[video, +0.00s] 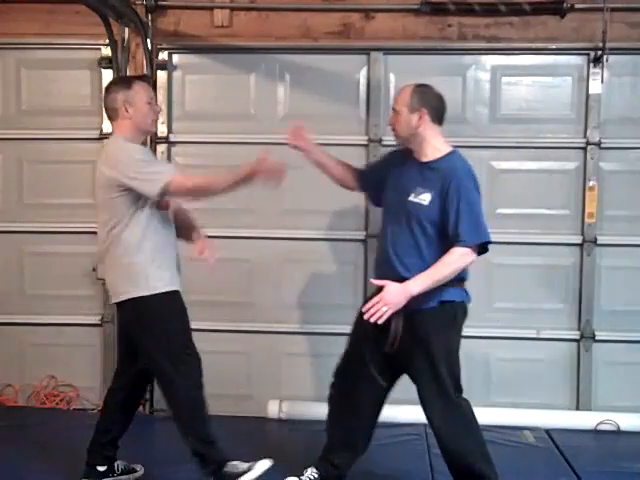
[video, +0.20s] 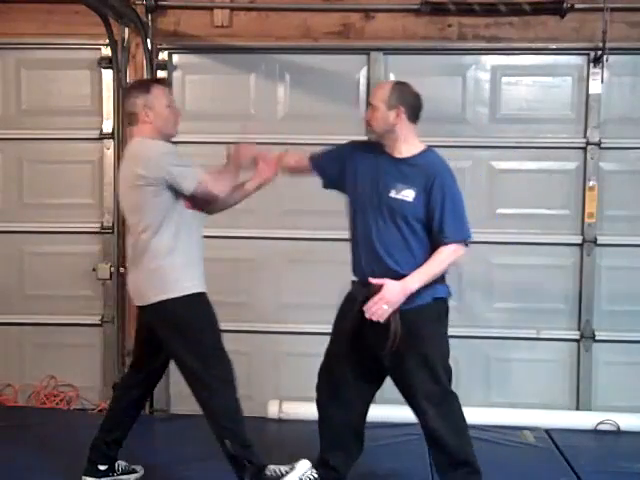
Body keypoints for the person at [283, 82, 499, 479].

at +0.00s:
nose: (389, 120)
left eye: (396, 112)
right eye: (391, 112)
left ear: (421, 118)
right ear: (421, 118)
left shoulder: (456, 172)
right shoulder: (397, 162)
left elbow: (468, 249)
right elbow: (357, 179)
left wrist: (406, 289)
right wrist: (312, 151)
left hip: (434, 307)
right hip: (386, 301)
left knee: (443, 404)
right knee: (352, 389)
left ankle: (480, 479)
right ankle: (329, 470)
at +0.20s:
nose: (365, 115)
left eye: (372, 108)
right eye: (367, 107)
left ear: (398, 115)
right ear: (389, 115)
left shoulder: (433, 171)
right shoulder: (356, 157)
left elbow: (456, 244)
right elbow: (302, 162)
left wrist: (404, 286)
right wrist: (261, 157)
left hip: (418, 305)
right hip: (365, 299)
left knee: (431, 400)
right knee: (338, 388)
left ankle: (461, 475)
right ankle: (332, 471)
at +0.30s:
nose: (350, 113)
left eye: (358, 106)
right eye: (352, 105)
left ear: (383, 115)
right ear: (380, 115)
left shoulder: (421, 167)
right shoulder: (344, 164)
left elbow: (447, 236)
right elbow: (296, 195)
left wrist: (409, 290)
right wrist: (254, 200)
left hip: (411, 302)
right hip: (358, 300)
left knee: (431, 404)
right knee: (335, 388)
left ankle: (457, 474)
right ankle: (330, 470)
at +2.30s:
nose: (364, 120)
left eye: (374, 115)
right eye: (365, 112)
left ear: (401, 123)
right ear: (367, 113)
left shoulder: (427, 171)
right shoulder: (343, 159)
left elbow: (442, 245)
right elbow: (285, 157)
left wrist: (410, 305)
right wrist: (236, 150)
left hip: (426, 301)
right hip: (368, 300)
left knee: (442, 404)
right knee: (341, 387)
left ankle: (465, 476)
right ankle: (327, 470)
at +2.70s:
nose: (382, 159)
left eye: (392, 156)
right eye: (383, 151)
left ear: (420, 161)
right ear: (381, 144)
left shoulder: (443, 197)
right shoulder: (359, 180)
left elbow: (464, 251)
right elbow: (291, 187)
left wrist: (462, 308)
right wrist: (232, 188)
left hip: (419, 309)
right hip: (359, 306)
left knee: (442, 404)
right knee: (340, 389)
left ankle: (460, 475)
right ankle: (329, 470)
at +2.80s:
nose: (412, 222)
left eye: (422, 216)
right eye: (409, 212)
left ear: (438, 212)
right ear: (400, 202)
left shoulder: (453, 228)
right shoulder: (373, 213)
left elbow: (476, 261)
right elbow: (301, 215)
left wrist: (483, 312)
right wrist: (239, 208)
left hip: (421, 305)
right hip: (361, 302)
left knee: (434, 391)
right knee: (343, 385)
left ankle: (444, 473)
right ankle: (327, 470)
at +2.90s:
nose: (426, 296)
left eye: (435, 293)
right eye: (425, 286)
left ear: (449, 292)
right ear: (420, 267)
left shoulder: (466, 267)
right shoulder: (376, 270)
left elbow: (487, 271)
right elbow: (312, 245)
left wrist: (496, 314)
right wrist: (257, 228)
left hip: (422, 314)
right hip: (364, 305)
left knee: (430, 391)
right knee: (342, 384)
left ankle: (436, 476)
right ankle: (327, 469)